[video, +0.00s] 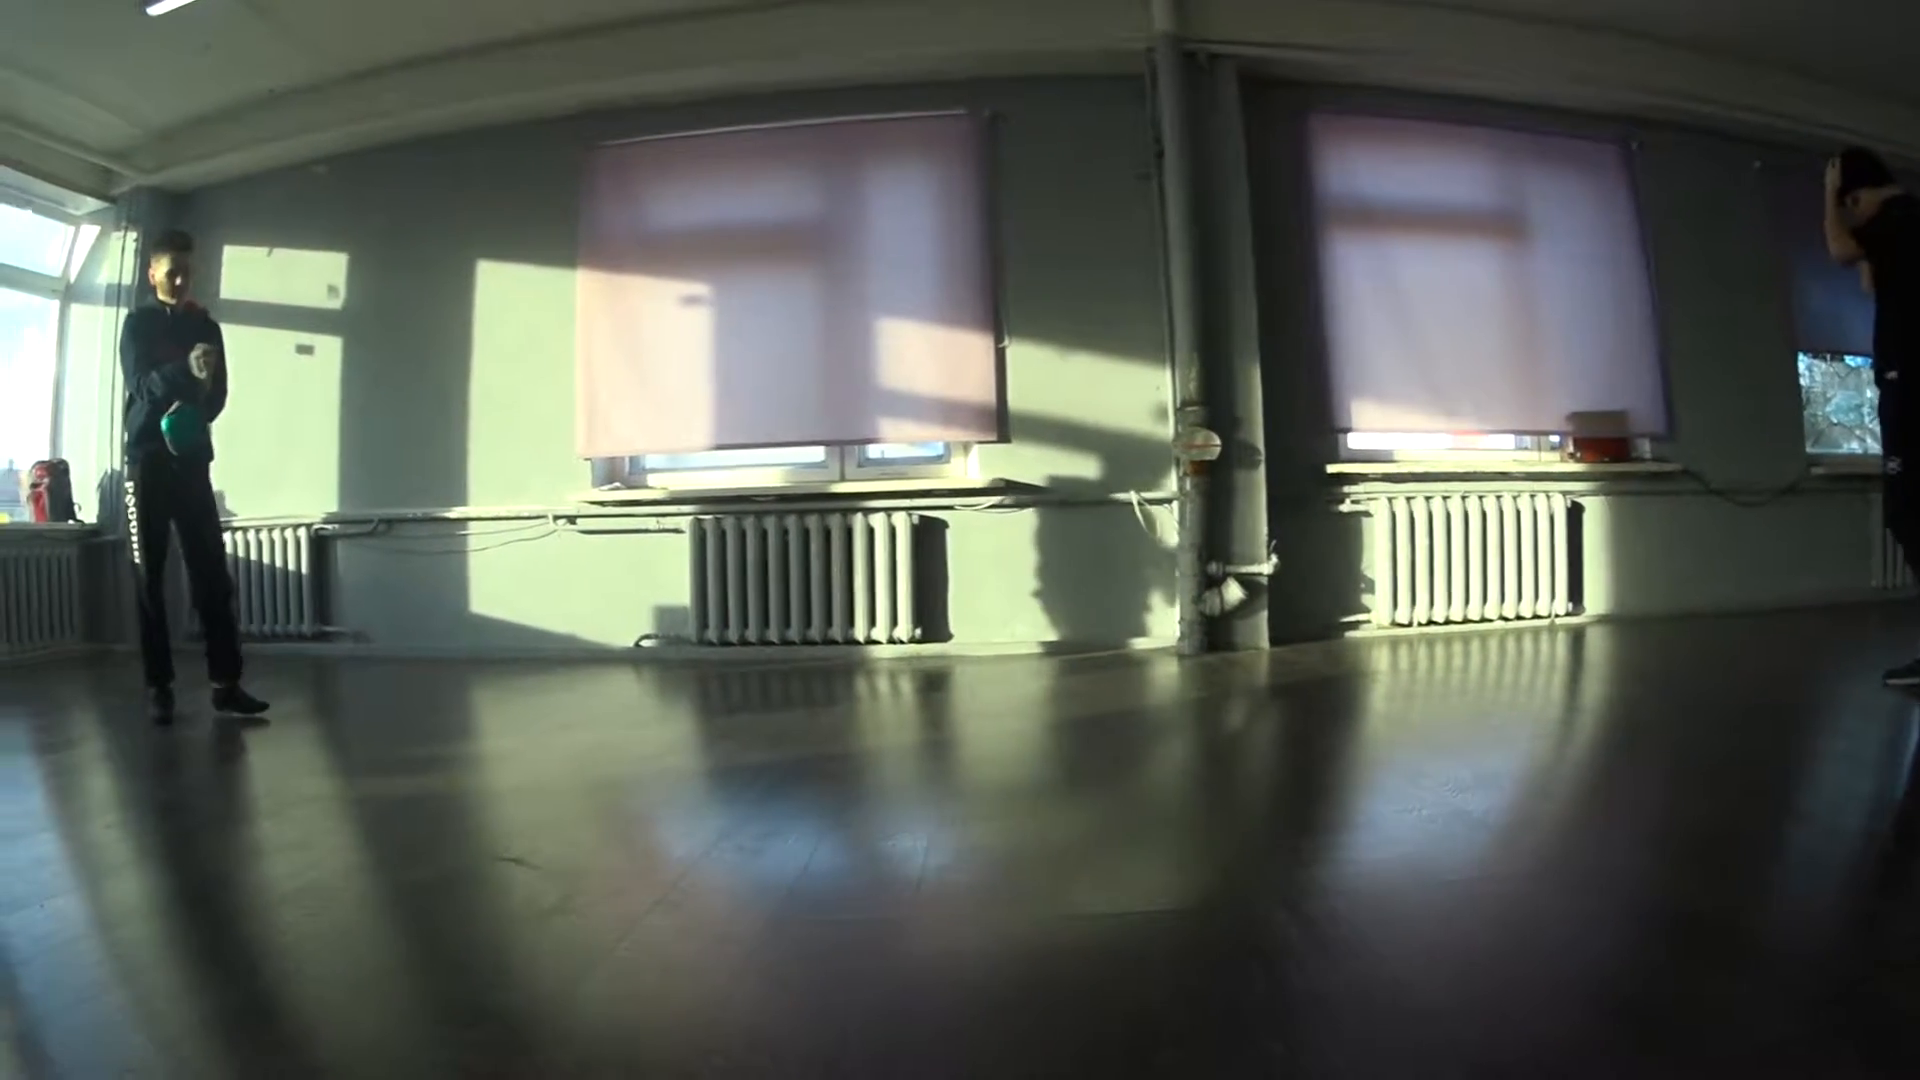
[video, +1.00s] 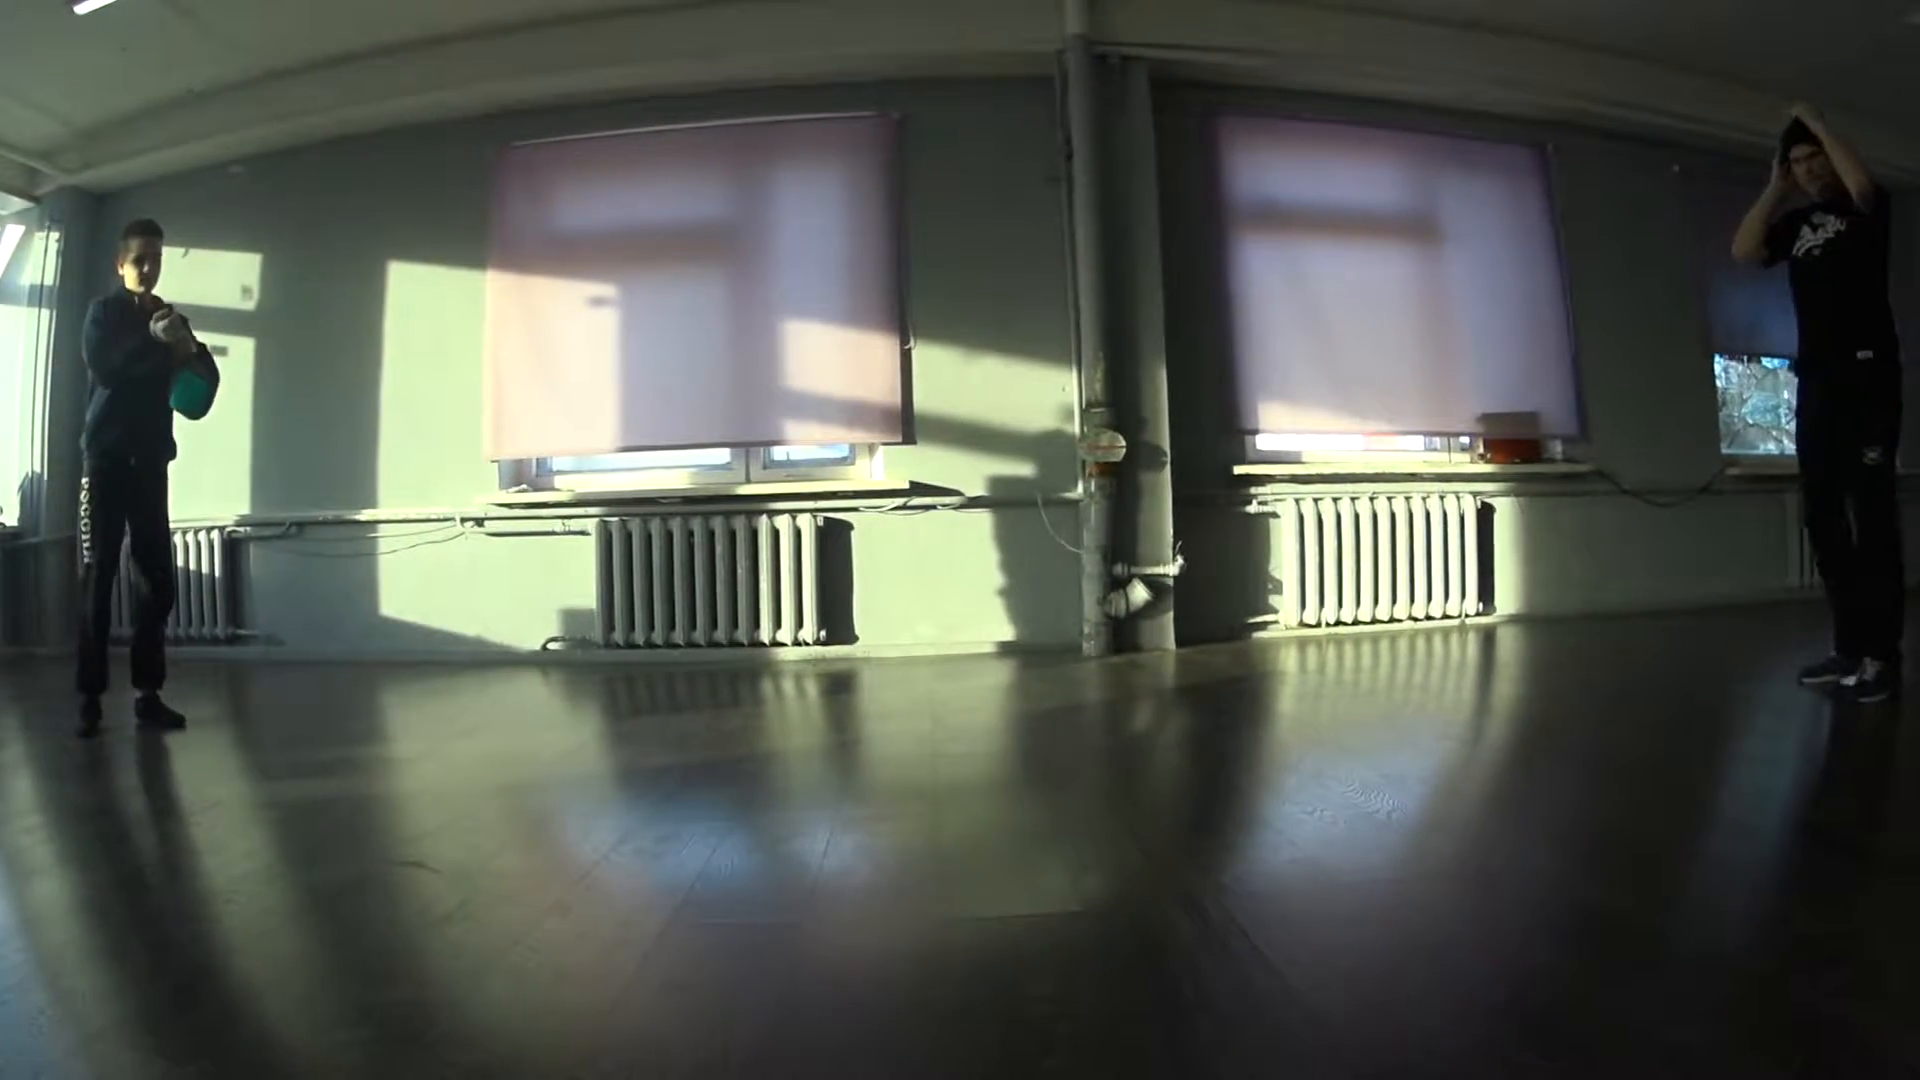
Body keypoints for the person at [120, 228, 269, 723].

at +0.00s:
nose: (179, 280)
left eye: (185, 271)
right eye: (170, 272)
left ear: (194, 273)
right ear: (149, 274)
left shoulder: (205, 325)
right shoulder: (138, 323)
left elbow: (216, 395)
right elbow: (143, 387)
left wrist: (196, 415)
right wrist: (189, 366)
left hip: (194, 458)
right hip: (148, 460)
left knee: (212, 572)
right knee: (152, 574)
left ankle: (226, 685)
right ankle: (160, 688)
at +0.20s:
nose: (134, 279)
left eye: (140, 271)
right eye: (125, 271)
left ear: (147, 273)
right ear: (105, 274)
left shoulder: (158, 330)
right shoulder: (92, 324)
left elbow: (167, 403)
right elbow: (90, 389)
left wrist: (155, 396)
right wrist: (135, 370)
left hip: (142, 463)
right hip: (98, 463)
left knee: (153, 577)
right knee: (99, 578)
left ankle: (172, 691)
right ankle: (105, 691)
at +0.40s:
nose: (130, 274)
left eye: (136, 267)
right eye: (122, 266)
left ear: (142, 270)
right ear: (101, 269)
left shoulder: (152, 325)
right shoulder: (85, 318)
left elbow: (171, 399)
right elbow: (88, 379)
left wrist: (154, 366)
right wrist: (137, 361)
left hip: (134, 461)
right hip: (90, 461)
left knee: (143, 577)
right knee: (88, 576)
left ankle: (154, 693)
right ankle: (87, 692)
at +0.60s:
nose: (144, 270)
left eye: (150, 262)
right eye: (136, 262)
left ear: (156, 266)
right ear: (116, 265)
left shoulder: (162, 321)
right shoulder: (100, 315)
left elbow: (191, 393)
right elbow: (106, 372)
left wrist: (172, 349)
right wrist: (159, 352)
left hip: (148, 459)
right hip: (104, 457)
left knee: (155, 576)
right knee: (97, 573)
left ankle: (152, 694)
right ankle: (86, 694)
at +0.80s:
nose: (151, 270)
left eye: (157, 262)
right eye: (142, 262)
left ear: (164, 265)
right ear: (123, 264)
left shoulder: (170, 321)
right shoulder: (107, 313)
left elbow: (207, 385)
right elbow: (113, 370)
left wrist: (184, 343)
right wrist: (166, 349)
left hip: (153, 459)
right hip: (107, 456)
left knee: (158, 575)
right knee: (102, 571)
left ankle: (151, 696)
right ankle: (87, 695)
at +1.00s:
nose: (148, 268)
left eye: (155, 260)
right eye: (140, 260)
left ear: (162, 263)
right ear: (120, 262)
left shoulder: (169, 318)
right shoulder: (105, 311)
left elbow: (208, 382)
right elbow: (105, 370)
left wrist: (188, 343)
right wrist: (159, 342)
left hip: (152, 458)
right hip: (105, 456)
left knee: (159, 578)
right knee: (100, 573)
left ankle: (148, 697)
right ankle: (90, 699)